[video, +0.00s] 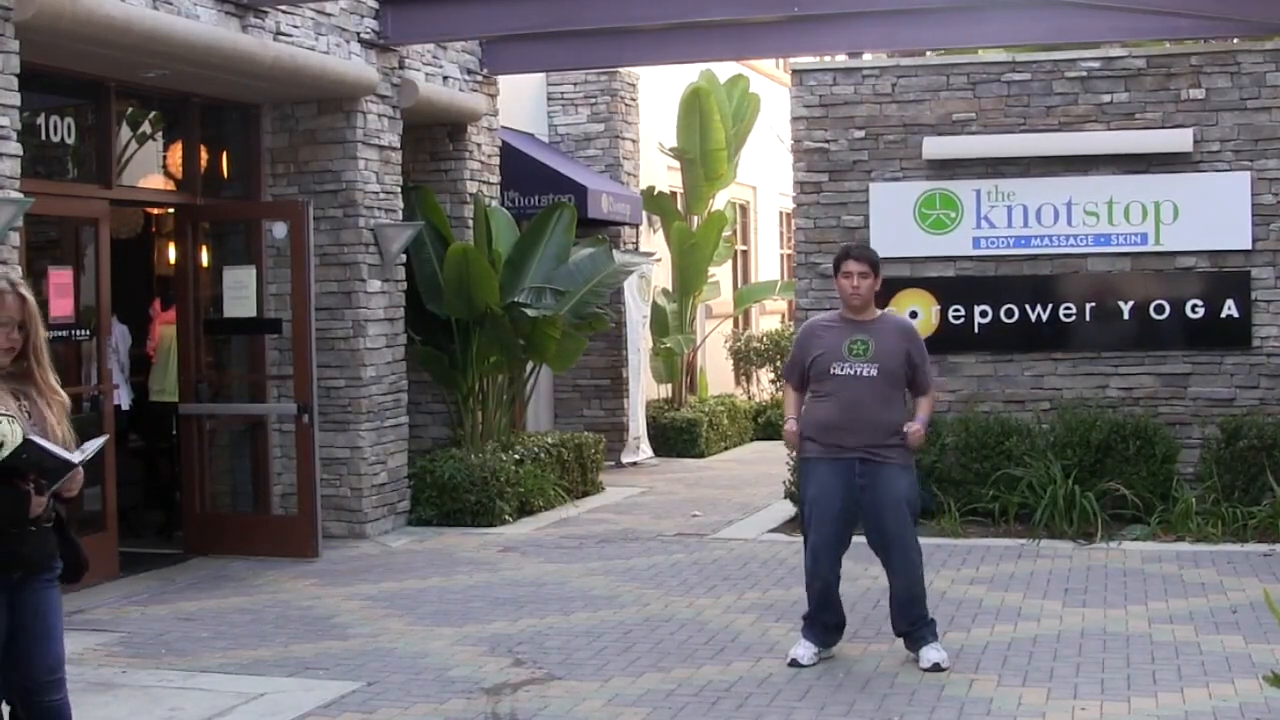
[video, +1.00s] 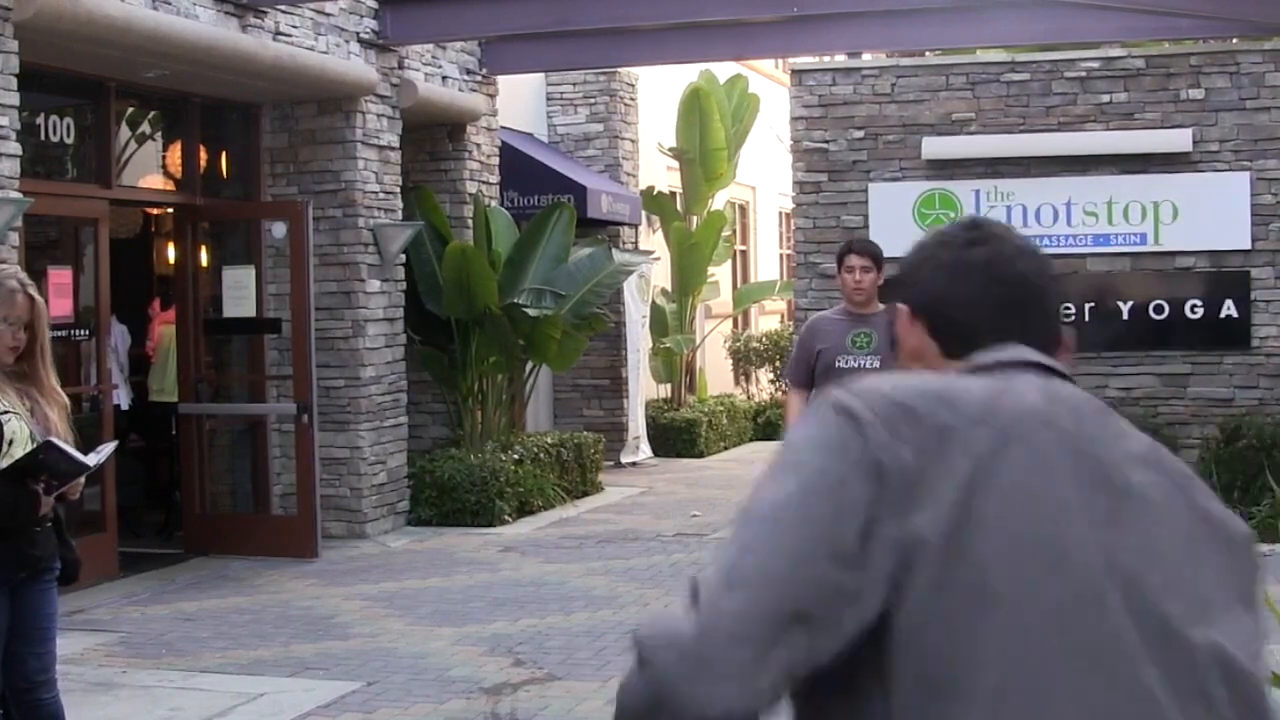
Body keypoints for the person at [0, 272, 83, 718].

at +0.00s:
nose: (10, 337)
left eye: (18, 326)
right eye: (2, 325)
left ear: (30, 331)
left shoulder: (42, 393)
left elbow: (64, 472)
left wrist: (71, 483)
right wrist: (15, 503)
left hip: (35, 565)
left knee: (46, 699)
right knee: (16, 699)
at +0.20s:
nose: (13, 337)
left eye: (22, 326)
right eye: (5, 324)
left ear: (32, 331)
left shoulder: (44, 393)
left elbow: (64, 470)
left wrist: (71, 482)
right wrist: (32, 498)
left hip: (39, 561)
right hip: (4, 561)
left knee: (43, 694)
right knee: (12, 695)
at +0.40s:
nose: (16, 334)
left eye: (23, 324)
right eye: (7, 322)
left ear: (33, 328)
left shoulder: (42, 389)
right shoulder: (5, 389)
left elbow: (63, 464)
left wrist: (70, 482)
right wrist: (33, 493)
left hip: (41, 559)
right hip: (3, 558)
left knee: (41, 692)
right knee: (7, 693)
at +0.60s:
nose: (19, 335)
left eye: (26, 325)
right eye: (10, 323)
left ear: (35, 330)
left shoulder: (44, 391)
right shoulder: (6, 391)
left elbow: (64, 467)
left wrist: (70, 485)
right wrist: (33, 494)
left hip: (41, 559)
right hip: (4, 559)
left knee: (41, 692)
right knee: (9, 693)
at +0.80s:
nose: (18, 336)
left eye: (25, 325)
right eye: (9, 323)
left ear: (34, 329)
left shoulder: (42, 390)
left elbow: (62, 464)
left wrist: (69, 485)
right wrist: (33, 491)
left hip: (39, 560)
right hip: (4, 559)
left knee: (39, 691)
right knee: (12, 693)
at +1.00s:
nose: (16, 336)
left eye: (23, 326)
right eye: (7, 323)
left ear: (32, 330)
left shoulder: (41, 392)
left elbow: (63, 465)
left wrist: (69, 487)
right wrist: (29, 499)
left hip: (37, 561)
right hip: (3, 560)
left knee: (37, 690)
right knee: (12, 692)